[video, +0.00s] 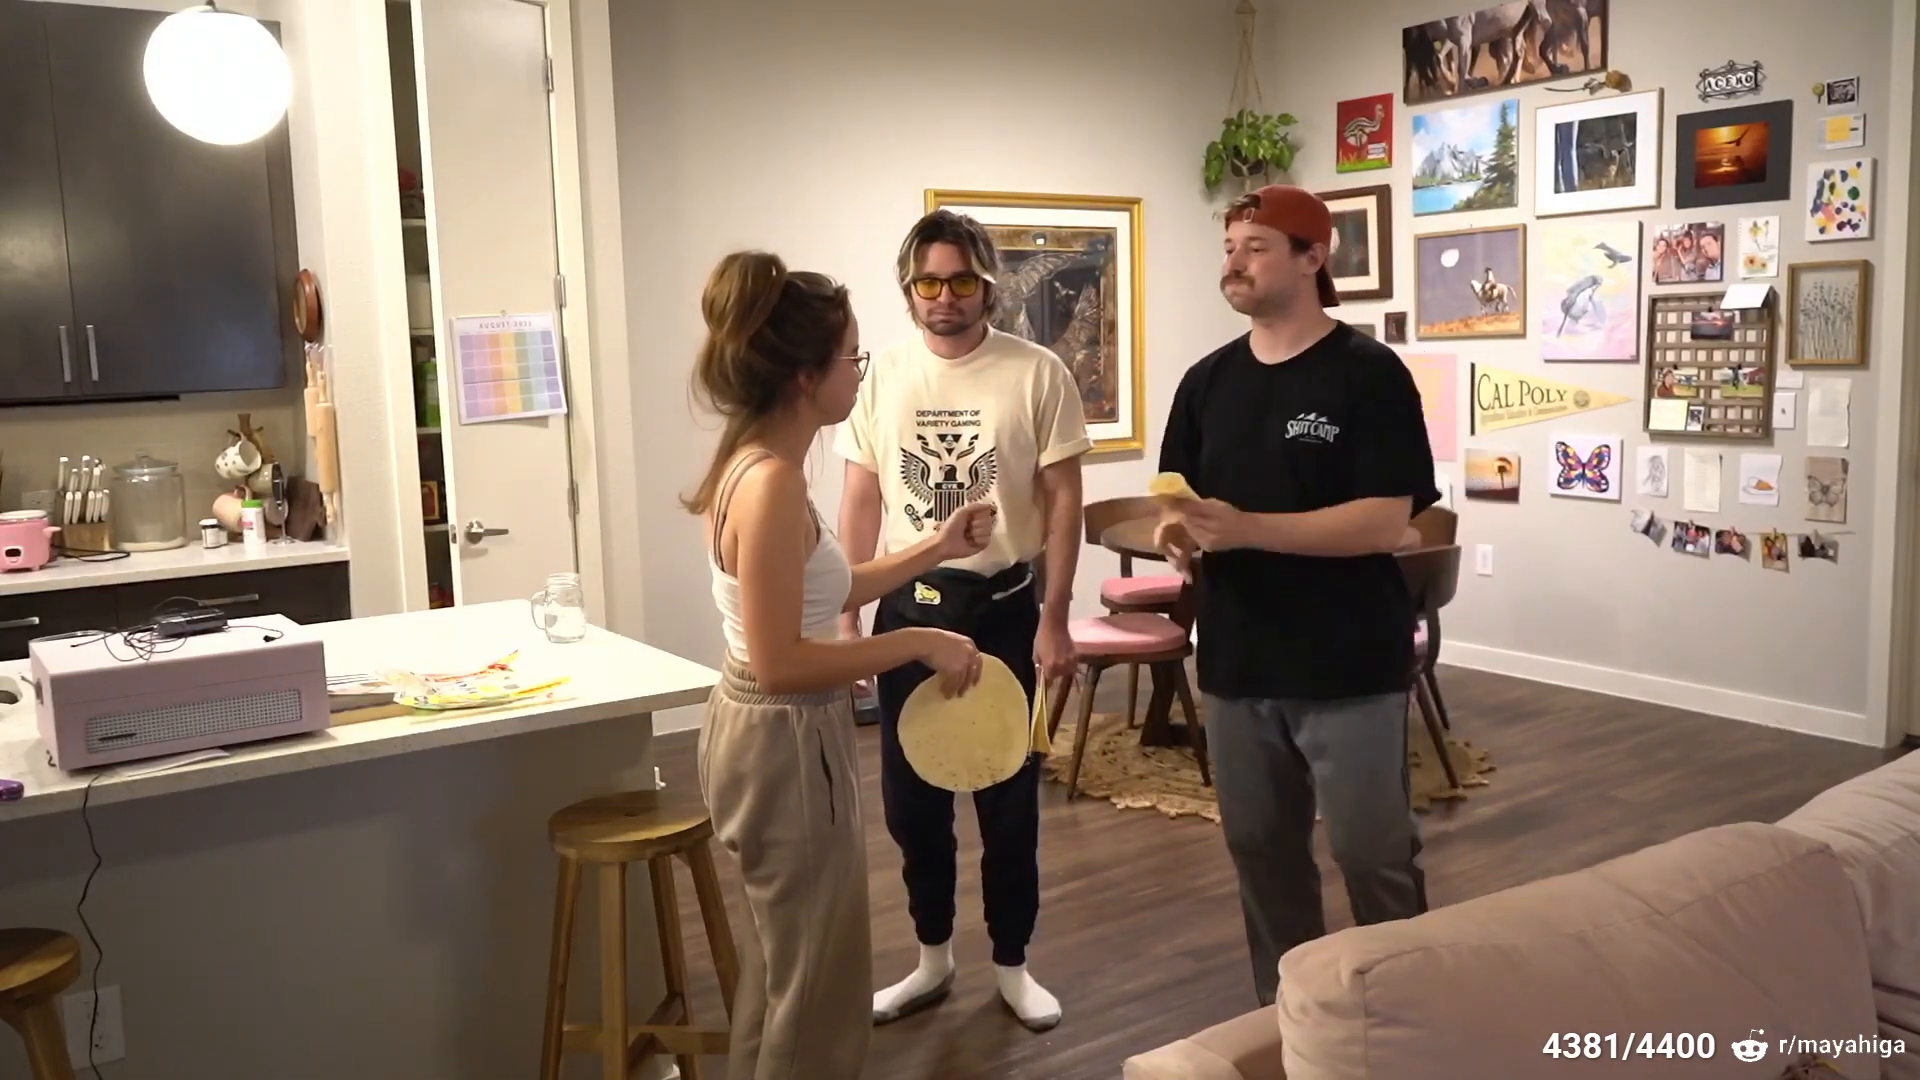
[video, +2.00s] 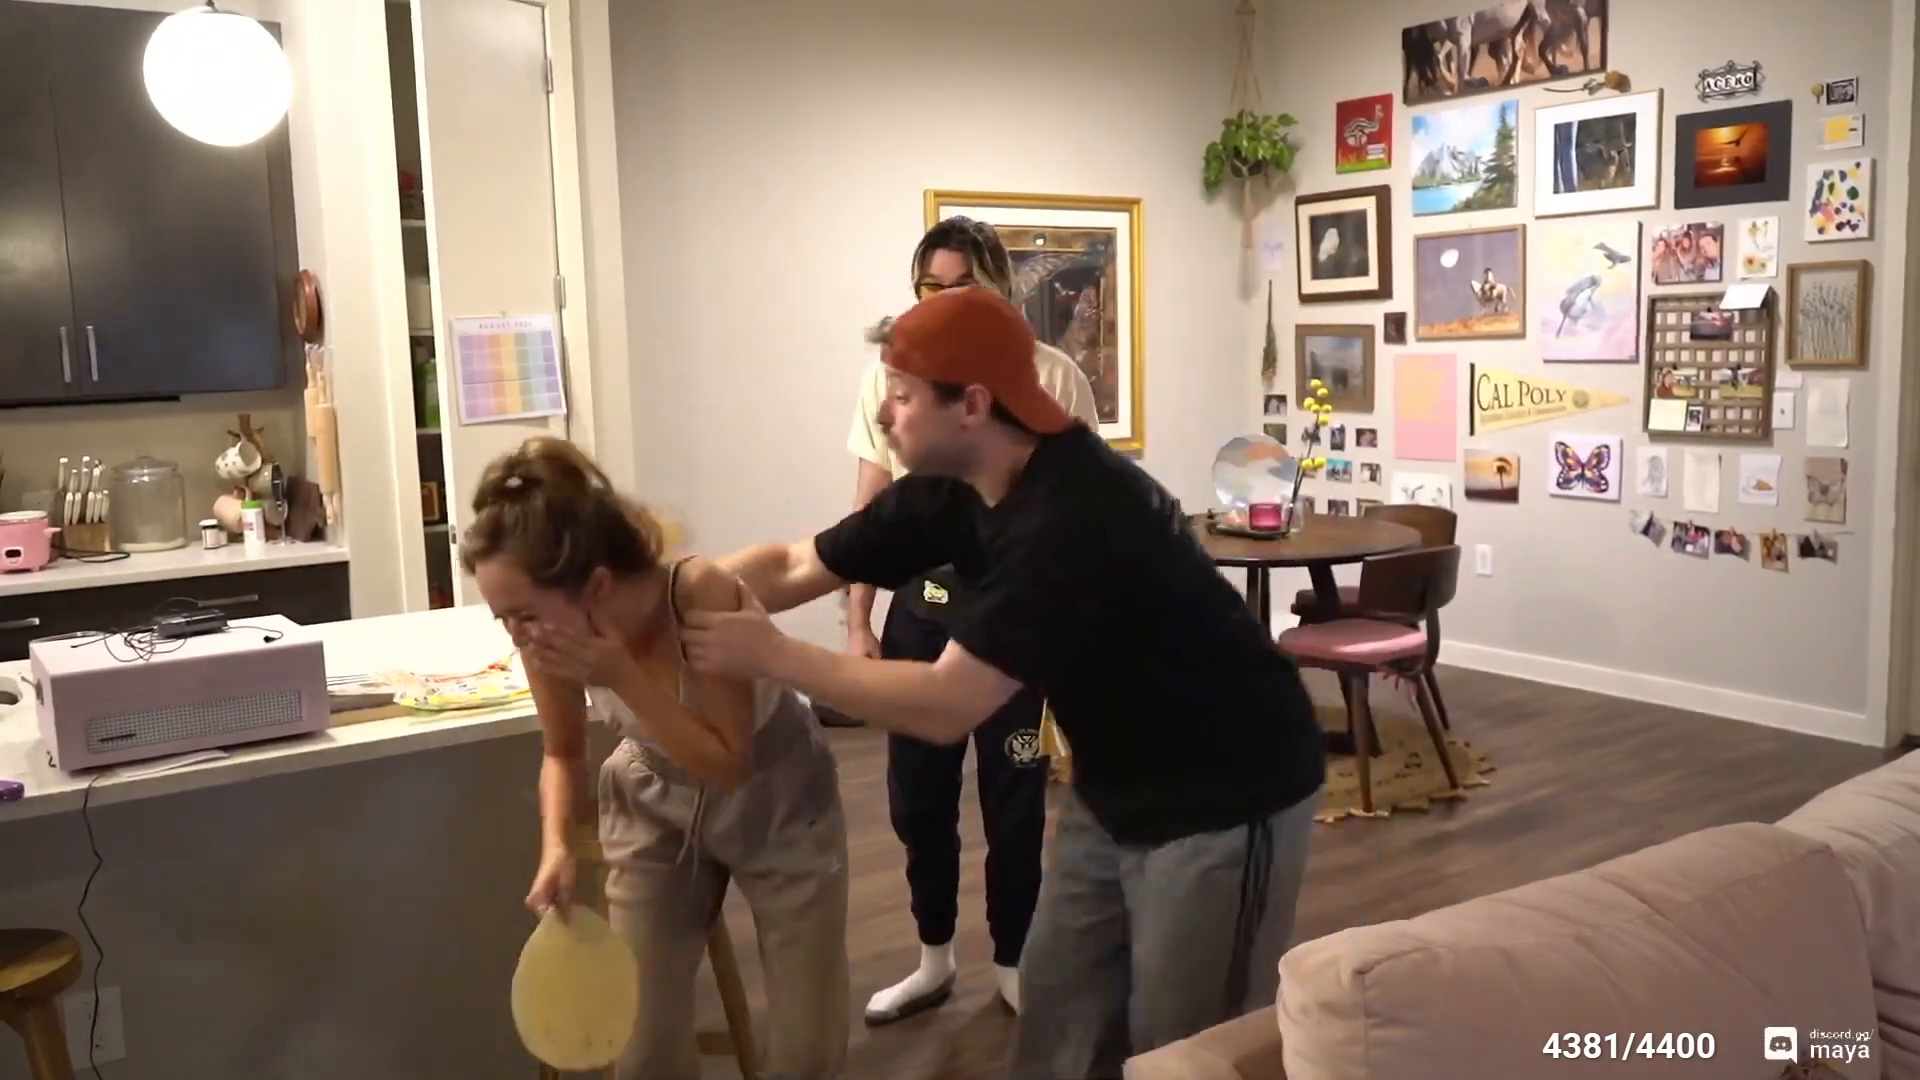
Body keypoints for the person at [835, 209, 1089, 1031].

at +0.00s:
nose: (945, 297)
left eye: (960, 282)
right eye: (929, 283)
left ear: (988, 285)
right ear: (909, 290)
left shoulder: (1036, 371)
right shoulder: (885, 375)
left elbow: (1064, 499)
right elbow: (861, 502)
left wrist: (1054, 616)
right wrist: (855, 617)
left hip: (1006, 606)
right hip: (909, 608)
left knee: (1008, 791)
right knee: (913, 795)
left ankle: (1011, 965)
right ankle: (932, 958)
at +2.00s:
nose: (943, 302)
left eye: (962, 285)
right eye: (932, 285)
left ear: (997, 287)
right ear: (914, 284)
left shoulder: (1048, 374)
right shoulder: (898, 370)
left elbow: (1082, 495)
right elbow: (867, 503)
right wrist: (857, 625)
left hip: (1010, 612)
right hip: (915, 603)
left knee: (1013, 805)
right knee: (920, 805)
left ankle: (1012, 964)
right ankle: (935, 956)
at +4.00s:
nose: (929, 295)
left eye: (946, 281)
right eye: (917, 281)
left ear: (986, 287)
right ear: (904, 290)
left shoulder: (1049, 376)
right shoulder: (889, 380)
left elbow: (1080, 504)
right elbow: (879, 504)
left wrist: (1067, 627)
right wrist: (863, 622)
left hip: (1016, 613)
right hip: (919, 612)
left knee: (1015, 801)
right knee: (919, 802)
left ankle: (1012, 967)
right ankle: (934, 958)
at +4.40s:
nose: (933, 293)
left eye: (951, 279)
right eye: (921, 279)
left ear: (989, 285)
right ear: (906, 289)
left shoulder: (1049, 376)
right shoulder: (890, 380)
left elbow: (1078, 504)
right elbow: (879, 504)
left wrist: (1064, 629)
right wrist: (864, 623)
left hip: (1015, 613)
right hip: (919, 613)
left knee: (1014, 803)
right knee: (919, 804)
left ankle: (1012, 967)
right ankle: (935, 959)